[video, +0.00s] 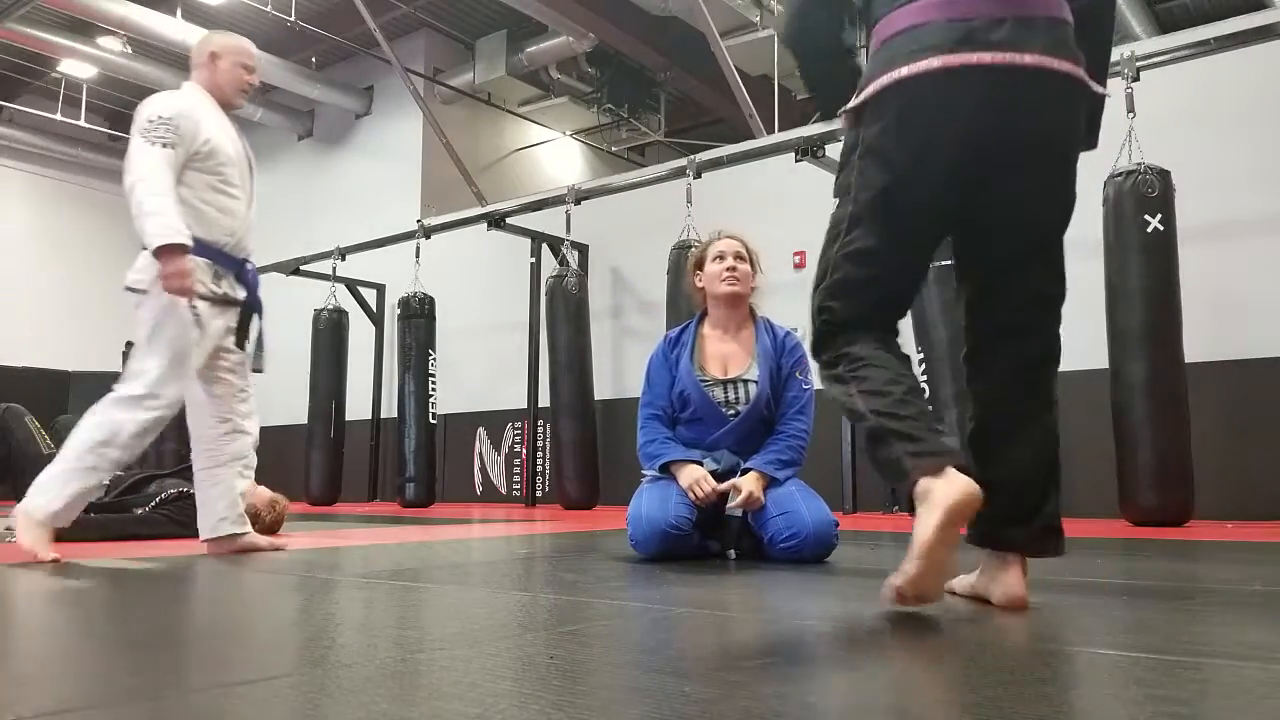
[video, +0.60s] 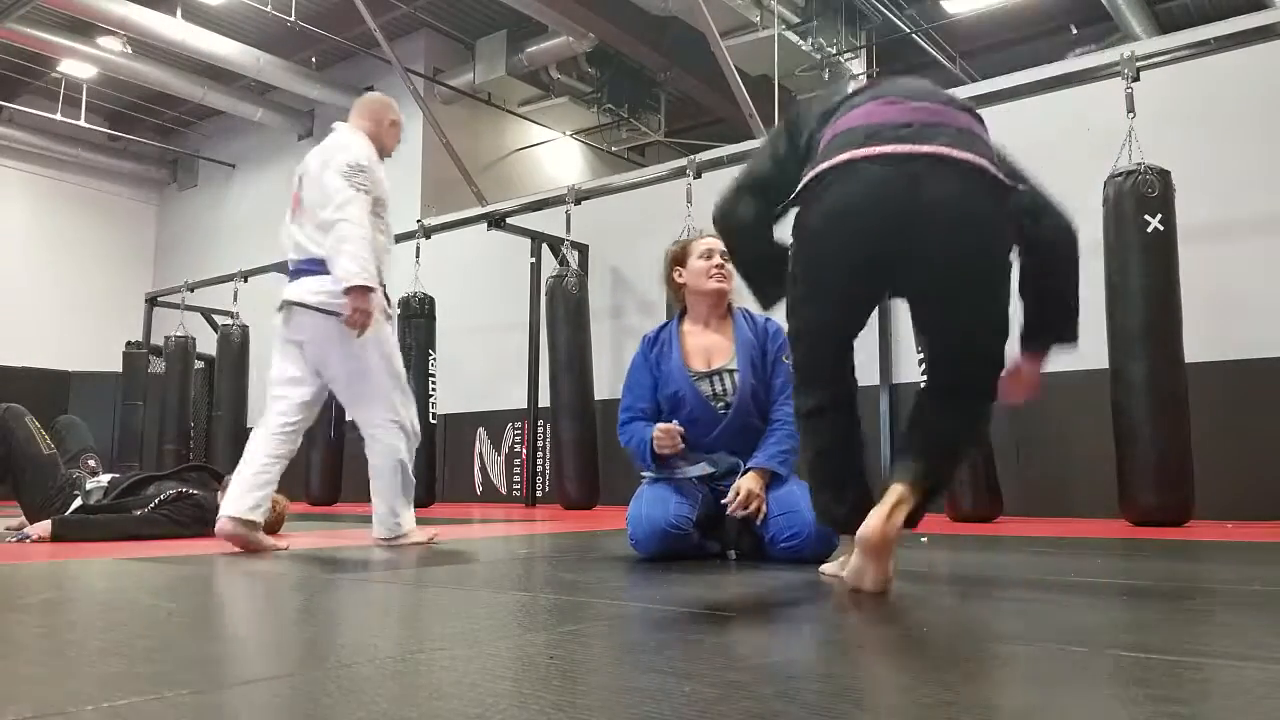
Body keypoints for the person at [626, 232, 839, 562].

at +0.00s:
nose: (731, 264)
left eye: (740, 259)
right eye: (719, 258)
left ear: (753, 280)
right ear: (699, 279)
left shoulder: (784, 346)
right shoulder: (671, 348)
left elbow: (795, 428)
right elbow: (652, 426)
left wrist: (759, 475)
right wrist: (682, 467)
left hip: (761, 475)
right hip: (682, 475)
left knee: (813, 536)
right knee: (653, 534)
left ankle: (742, 534)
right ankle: (715, 541)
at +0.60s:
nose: (721, 262)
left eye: (725, 258)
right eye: (706, 256)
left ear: (733, 274)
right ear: (680, 274)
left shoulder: (766, 333)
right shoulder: (655, 346)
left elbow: (786, 414)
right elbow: (630, 424)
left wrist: (760, 474)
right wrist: (652, 438)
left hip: (760, 472)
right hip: (682, 475)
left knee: (809, 540)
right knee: (653, 535)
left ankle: (745, 535)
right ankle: (713, 542)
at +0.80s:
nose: (714, 264)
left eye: (717, 258)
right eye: (701, 256)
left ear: (723, 270)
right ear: (670, 269)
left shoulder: (749, 327)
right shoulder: (641, 346)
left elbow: (777, 406)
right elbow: (614, 428)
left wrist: (757, 476)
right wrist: (635, 427)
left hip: (754, 469)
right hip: (679, 476)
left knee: (812, 539)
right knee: (650, 536)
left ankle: (742, 537)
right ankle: (716, 543)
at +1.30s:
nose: (711, 270)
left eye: (713, 262)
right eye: (700, 259)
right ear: (666, 264)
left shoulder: (735, 329)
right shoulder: (623, 340)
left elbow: (764, 415)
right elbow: (605, 432)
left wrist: (741, 480)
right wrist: (615, 400)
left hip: (751, 464)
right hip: (676, 477)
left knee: (837, 535)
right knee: (647, 538)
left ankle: (748, 536)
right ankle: (727, 540)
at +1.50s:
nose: (721, 269)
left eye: (723, 261)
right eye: (710, 258)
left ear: (725, 268)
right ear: (676, 265)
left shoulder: (748, 330)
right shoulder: (636, 342)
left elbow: (776, 417)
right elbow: (623, 433)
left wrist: (759, 486)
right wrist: (632, 401)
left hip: (760, 468)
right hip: (685, 478)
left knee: (852, 531)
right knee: (651, 538)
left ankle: (754, 537)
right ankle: (731, 536)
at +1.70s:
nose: (743, 268)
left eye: (746, 260)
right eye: (731, 258)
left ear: (750, 269)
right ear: (699, 266)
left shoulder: (771, 334)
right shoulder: (665, 335)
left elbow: (795, 419)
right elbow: (645, 422)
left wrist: (790, 476)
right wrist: (676, 390)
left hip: (768, 476)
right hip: (691, 479)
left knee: (851, 524)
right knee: (659, 538)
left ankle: (751, 534)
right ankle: (723, 540)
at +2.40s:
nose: (791, 272)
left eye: (798, 266)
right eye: (779, 264)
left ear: (806, 279)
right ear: (752, 276)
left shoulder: (807, 346)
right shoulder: (720, 327)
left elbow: (812, 414)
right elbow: (720, 402)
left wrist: (802, 466)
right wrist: (794, 381)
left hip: (778, 472)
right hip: (707, 467)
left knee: (866, 535)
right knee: (739, 535)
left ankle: (780, 525)